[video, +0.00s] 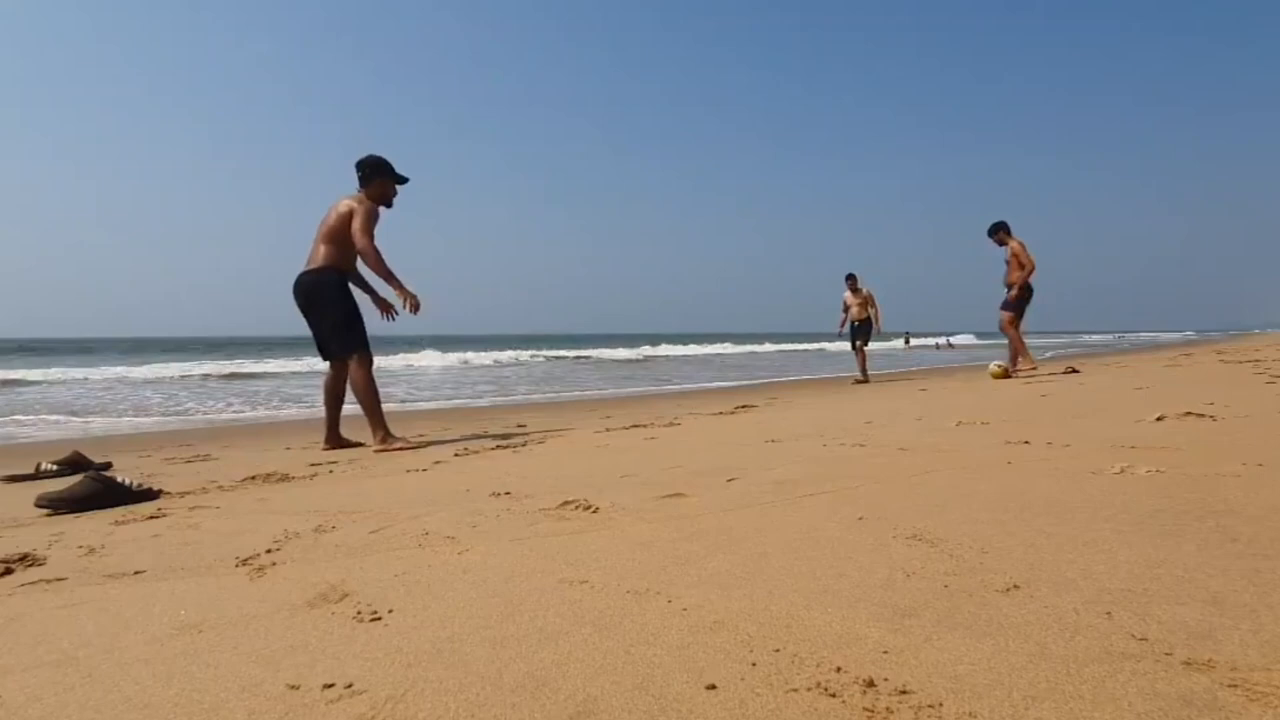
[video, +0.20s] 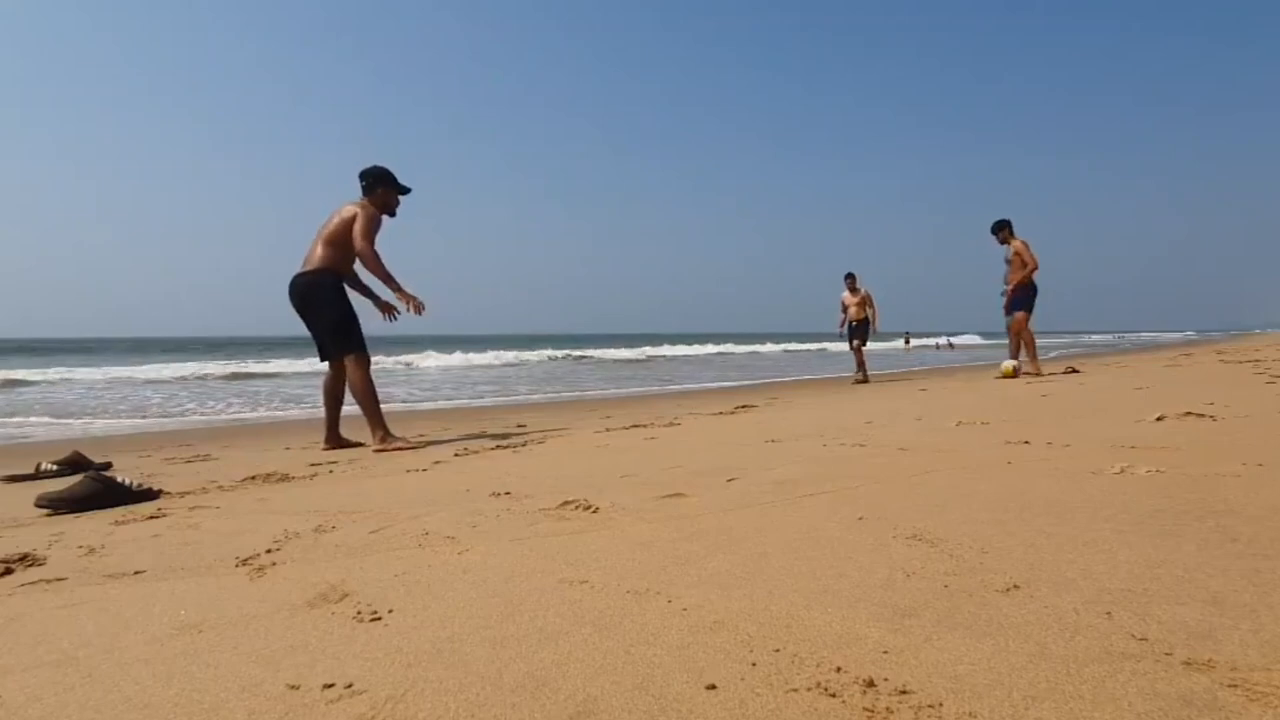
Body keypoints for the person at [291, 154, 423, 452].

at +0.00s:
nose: (395, 191)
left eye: (396, 185)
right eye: (391, 184)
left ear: (366, 184)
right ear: (375, 183)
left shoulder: (344, 207)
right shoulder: (363, 207)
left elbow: (345, 265)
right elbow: (364, 247)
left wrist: (374, 297)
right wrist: (400, 288)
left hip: (309, 284)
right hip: (328, 282)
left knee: (339, 361)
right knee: (360, 358)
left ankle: (332, 435)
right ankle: (382, 435)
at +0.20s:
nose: (398, 201)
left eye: (399, 194)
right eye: (395, 194)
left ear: (369, 193)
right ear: (379, 192)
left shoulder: (347, 213)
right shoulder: (366, 212)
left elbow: (344, 270)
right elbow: (363, 249)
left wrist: (375, 299)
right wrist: (399, 290)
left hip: (303, 285)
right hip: (323, 284)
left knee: (337, 364)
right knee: (357, 360)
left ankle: (332, 436)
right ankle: (381, 435)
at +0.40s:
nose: (407, 208)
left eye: (407, 202)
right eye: (404, 201)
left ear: (379, 200)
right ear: (388, 199)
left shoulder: (356, 220)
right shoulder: (375, 219)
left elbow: (342, 275)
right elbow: (372, 254)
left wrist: (369, 304)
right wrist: (411, 293)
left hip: (302, 284)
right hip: (322, 284)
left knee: (335, 363)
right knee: (361, 357)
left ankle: (331, 436)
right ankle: (382, 436)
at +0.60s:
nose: (415, 215)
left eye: (416, 209)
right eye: (413, 208)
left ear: (389, 204)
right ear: (398, 204)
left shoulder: (364, 223)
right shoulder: (382, 224)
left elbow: (345, 273)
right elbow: (385, 259)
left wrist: (364, 310)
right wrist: (425, 295)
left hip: (301, 285)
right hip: (324, 284)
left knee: (335, 362)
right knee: (372, 355)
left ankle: (332, 436)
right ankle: (383, 436)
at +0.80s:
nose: (420, 216)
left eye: (421, 210)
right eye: (417, 209)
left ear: (396, 205)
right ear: (402, 205)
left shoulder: (365, 223)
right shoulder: (385, 225)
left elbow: (347, 272)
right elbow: (387, 262)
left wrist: (365, 311)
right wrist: (428, 298)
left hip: (302, 285)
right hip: (329, 284)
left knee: (333, 361)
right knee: (378, 354)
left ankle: (331, 435)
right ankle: (384, 435)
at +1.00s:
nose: (419, 213)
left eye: (420, 207)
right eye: (416, 206)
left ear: (393, 203)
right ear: (399, 203)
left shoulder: (366, 220)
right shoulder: (384, 222)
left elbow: (346, 270)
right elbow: (384, 261)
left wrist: (367, 305)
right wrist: (416, 298)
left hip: (302, 282)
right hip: (328, 281)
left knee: (332, 361)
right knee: (373, 354)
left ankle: (329, 435)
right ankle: (382, 435)